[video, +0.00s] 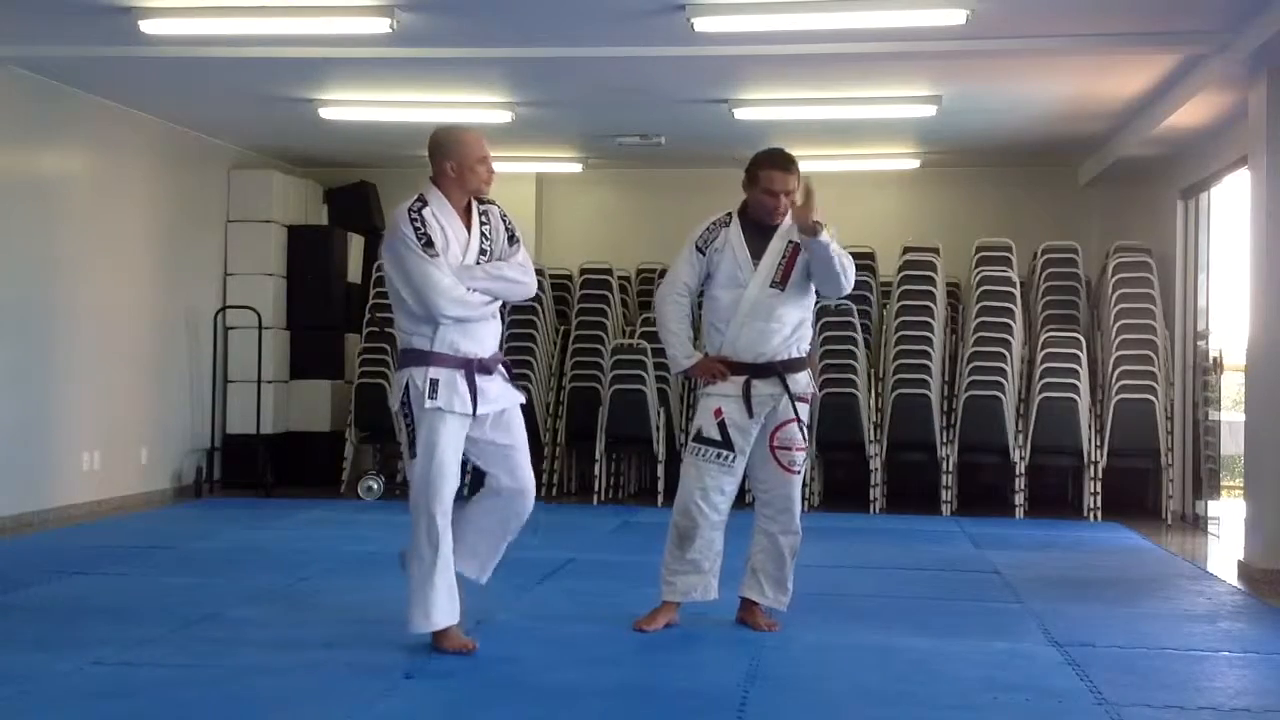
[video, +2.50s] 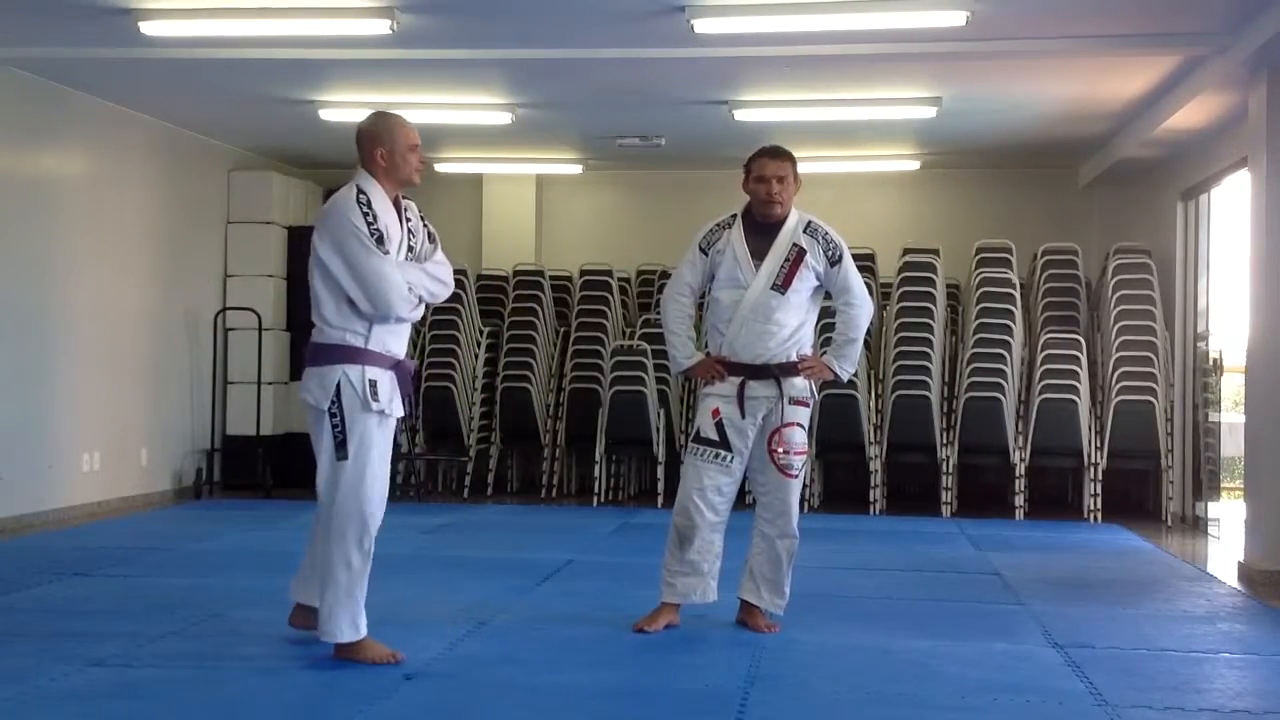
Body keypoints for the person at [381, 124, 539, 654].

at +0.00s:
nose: (492, 170)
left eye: (491, 161)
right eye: (482, 163)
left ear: (465, 168)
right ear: (450, 169)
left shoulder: (494, 218)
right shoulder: (409, 222)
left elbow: (528, 283)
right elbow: (443, 300)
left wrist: (458, 275)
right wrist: (496, 298)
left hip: (489, 375)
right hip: (433, 376)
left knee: (516, 487)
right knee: (436, 498)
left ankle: (433, 558)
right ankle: (439, 621)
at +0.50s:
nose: (475, 165)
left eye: (472, 157)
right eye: (466, 159)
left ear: (444, 167)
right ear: (433, 168)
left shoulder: (477, 213)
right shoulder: (398, 227)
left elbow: (521, 271)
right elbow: (446, 301)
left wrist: (457, 273)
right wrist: (494, 290)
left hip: (489, 373)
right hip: (435, 377)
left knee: (520, 482)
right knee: (444, 501)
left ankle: (420, 554)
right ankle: (449, 626)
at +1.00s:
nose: (462, 168)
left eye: (461, 159)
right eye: (455, 160)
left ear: (427, 168)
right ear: (424, 169)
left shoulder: (443, 217)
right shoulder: (396, 223)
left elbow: (471, 269)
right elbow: (441, 301)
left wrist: (488, 213)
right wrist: (491, 287)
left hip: (478, 374)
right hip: (433, 380)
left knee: (513, 480)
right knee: (443, 502)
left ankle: (404, 535)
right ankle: (446, 627)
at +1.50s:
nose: (431, 168)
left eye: (428, 158)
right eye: (420, 159)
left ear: (393, 168)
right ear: (388, 168)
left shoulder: (413, 219)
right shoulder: (359, 220)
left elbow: (469, 266)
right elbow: (413, 299)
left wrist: (432, 274)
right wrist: (448, 295)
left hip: (414, 376)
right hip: (382, 378)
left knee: (385, 497)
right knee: (414, 501)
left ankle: (322, 600)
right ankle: (440, 624)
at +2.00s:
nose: (411, 165)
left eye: (409, 157)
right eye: (402, 156)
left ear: (377, 165)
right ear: (369, 164)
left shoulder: (395, 223)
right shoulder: (341, 212)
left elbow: (435, 288)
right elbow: (380, 294)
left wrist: (387, 269)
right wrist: (418, 290)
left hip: (379, 374)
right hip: (347, 373)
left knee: (342, 493)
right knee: (364, 501)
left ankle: (309, 609)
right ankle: (356, 633)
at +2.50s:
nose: (422, 159)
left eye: (421, 149)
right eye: (414, 150)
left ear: (390, 156)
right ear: (381, 155)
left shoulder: (407, 213)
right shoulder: (348, 208)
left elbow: (444, 276)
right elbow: (387, 297)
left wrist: (395, 272)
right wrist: (425, 287)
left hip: (381, 373)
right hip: (347, 373)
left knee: (353, 497)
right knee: (358, 504)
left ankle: (311, 603)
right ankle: (346, 634)